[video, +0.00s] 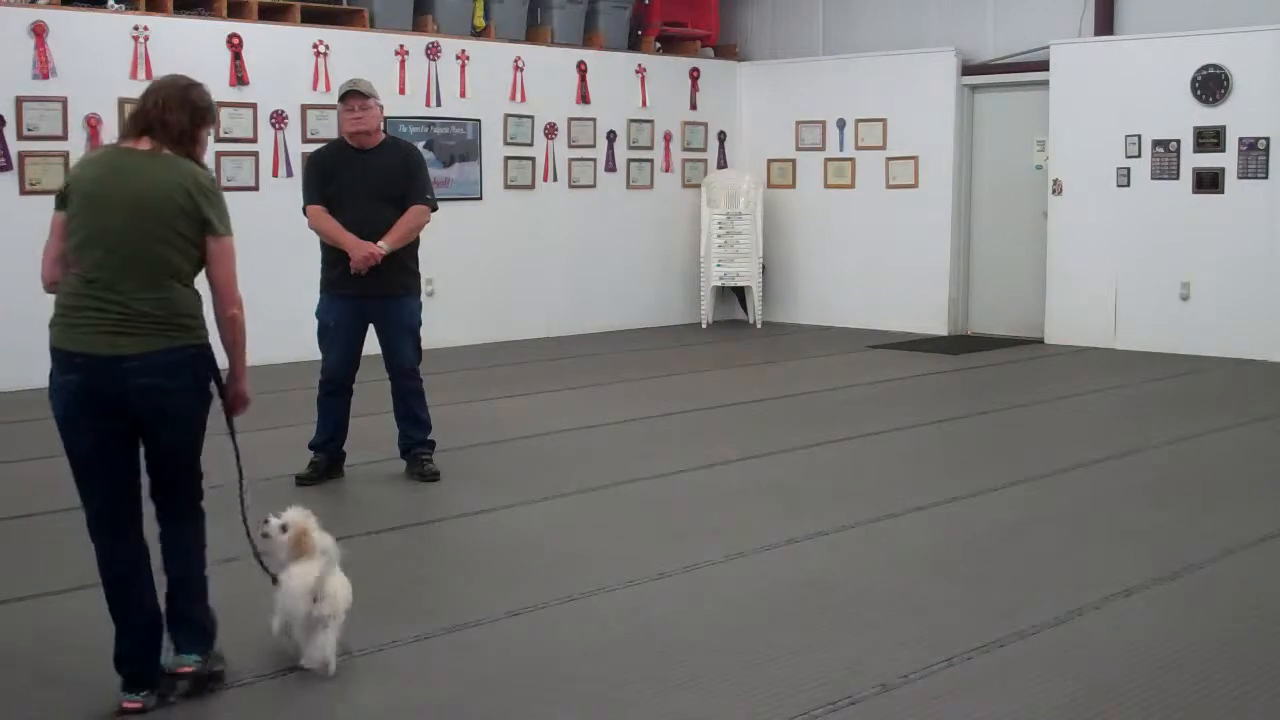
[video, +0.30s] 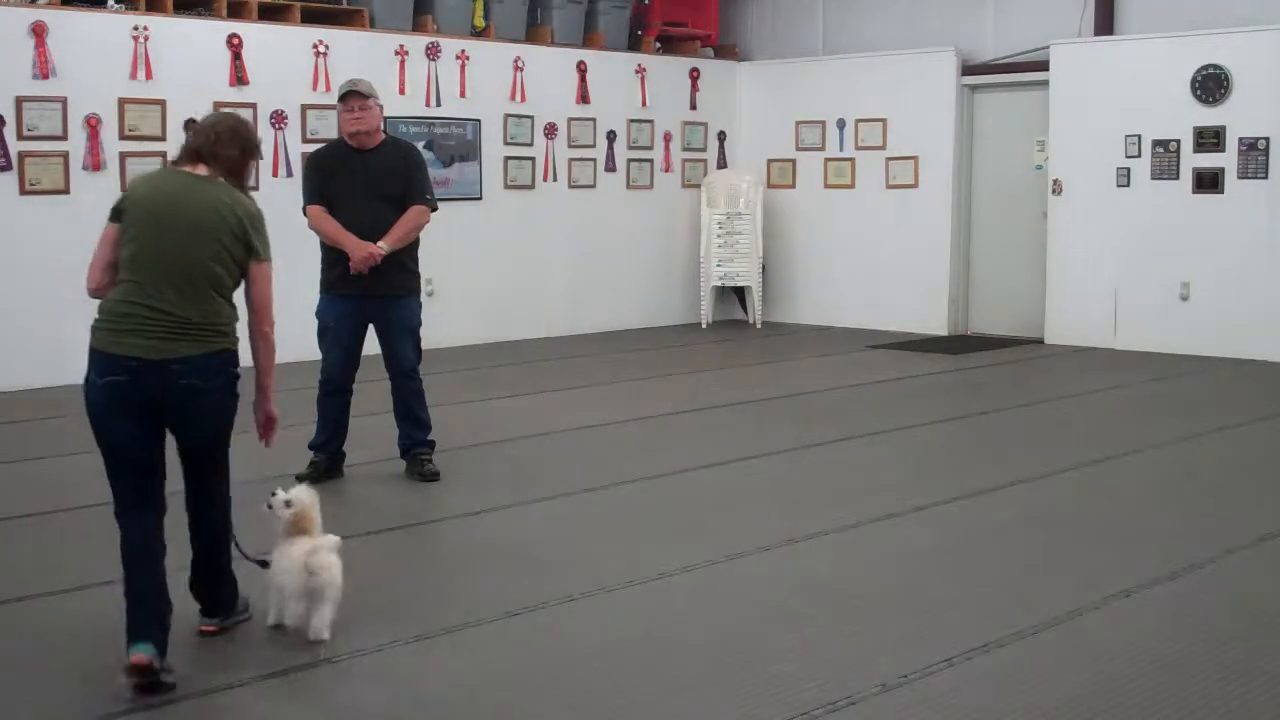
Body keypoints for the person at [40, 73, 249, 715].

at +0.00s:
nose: (208, 143)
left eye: (209, 133)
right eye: (207, 133)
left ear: (143, 115)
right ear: (194, 129)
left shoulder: (86, 169)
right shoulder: (197, 183)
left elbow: (53, 273)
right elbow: (227, 297)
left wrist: (116, 264)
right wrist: (238, 372)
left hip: (82, 371)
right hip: (171, 368)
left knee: (113, 523)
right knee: (179, 506)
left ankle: (137, 677)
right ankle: (189, 651)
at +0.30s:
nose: (251, 173)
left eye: (251, 165)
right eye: (250, 165)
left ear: (192, 151)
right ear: (237, 161)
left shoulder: (139, 189)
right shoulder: (243, 210)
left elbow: (99, 281)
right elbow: (261, 321)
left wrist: (155, 285)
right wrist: (266, 395)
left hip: (118, 371)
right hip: (203, 373)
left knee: (137, 507)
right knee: (208, 490)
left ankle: (143, 641)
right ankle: (217, 605)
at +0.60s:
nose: (287, 216)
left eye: (290, 209)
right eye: (288, 208)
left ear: (238, 180)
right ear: (279, 199)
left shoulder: (180, 200)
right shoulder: (275, 231)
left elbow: (129, 274)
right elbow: (285, 329)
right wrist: (278, 409)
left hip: (139, 343)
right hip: (217, 348)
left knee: (161, 464)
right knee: (224, 470)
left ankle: (153, 598)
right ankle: (217, 603)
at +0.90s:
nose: (298, 247)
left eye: (301, 239)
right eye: (299, 239)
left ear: (256, 210)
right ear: (290, 230)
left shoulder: (197, 222)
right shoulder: (283, 253)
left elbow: (142, 284)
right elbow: (297, 354)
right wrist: (302, 422)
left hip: (147, 336)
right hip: (219, 341)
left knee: (179, 463)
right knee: (229, 469)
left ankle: (199, 578)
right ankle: (218, 599)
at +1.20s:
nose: (306, 262)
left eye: (310, 255)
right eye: (308, 254)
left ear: (269, 226)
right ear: (297, 245)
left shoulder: (214, 228)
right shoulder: (286, 260)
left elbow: (152, 276)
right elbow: (306, 360)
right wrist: (326, 428)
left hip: (147, 323)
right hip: (213, 330)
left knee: (185, 447)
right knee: (227, 451)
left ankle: (198, 570)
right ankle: (218, 567)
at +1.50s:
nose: (317, 235)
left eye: (321, 225)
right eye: (319, 223)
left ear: (277, 198)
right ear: (304, 211)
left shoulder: (221, 210)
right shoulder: (291, 232)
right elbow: (302, 325)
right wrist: (314, 395)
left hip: (160, 316)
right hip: (225, 319)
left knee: (201, 438)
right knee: (249, 437)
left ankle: (204, 566)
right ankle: (255, 554)